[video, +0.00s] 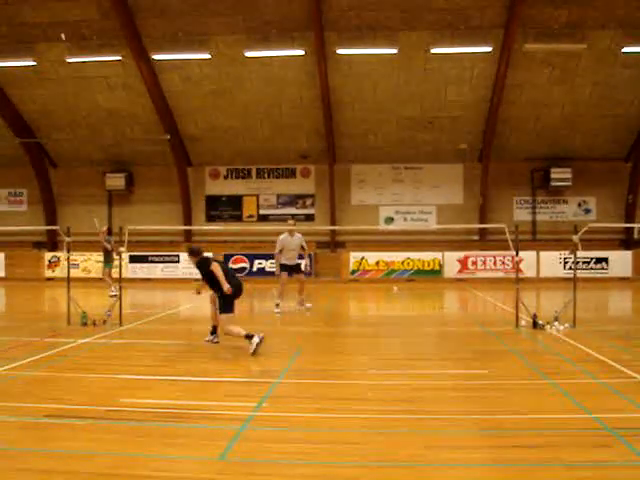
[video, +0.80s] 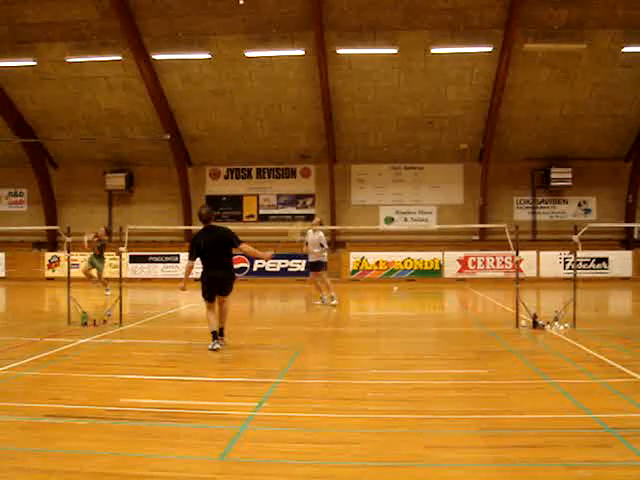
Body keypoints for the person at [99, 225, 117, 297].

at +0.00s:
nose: (102, 234)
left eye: (104, 232)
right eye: (102, 232)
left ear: (107, 232)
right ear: (103, 232)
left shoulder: (109, 239)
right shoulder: (106, 239)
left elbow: (110, 248)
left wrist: (103, 241)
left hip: (109, 260)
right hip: (107, 260)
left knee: (106, 275)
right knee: (109, 275)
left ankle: (113, 289)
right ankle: (113, 288)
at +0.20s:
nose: (104, 237)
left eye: (105, 235)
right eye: (104, 235)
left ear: (108, 237)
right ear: (111, 238)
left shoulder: (107, 244)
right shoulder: (113, 244)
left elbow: (104, 249)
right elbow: (118, 251)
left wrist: (98, 241)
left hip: (109, 264)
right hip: (113, 264)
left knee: (101, 277)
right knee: (107, 277)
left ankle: (111, 288)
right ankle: (115, 286)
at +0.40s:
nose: (103, 236)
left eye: (104, 234)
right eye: (103, 234)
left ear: (106, 235)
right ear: (110, 235)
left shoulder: (104, 242)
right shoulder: (111, 243)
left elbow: (98, 239)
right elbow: (117, 250)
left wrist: (95, 232)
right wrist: (123, 249)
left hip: (106, 262)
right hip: (111, 262)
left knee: (98, 276)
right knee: (107, 277)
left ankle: (110, 287)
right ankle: (114, 287)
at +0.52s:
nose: (103, 225)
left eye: (105, 224)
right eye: (104, 223)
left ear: (108, 227)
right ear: (106, 226)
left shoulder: (107, 235)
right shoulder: (104, 234)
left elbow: (99, 233)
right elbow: (98, 232)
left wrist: (94, 227)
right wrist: (94, 226)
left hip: (103, 255)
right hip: (100, 254)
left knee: (103, 273)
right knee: (103, 272)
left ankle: (112, 284)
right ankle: (111, 283)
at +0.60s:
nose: (103, 225)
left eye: (106, 225)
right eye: (104, 224)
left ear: (108, 227)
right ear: (105, 225)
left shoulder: (106, 234)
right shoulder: (103, 232)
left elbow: (101, 242)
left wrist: (97, 236)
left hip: (101, 254)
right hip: (97, 253)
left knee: (103, 270)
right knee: (101, 270)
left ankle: (110, 281)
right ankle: (108, 281)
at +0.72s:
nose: (103, 228)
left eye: (105, 228)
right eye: (103, 227)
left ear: (107, 231)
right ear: (102, 228)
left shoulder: (105, 239)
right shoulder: (98, 236)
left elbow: (99, 248)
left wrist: (96, 240)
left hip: (100, 255)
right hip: (94, 254)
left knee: (100, 272)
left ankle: (107, 286)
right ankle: (104, 282)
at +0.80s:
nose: (99, 233)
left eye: (102, 232)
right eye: (99, 231)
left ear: (104, 234)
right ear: (98, 233)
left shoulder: (103, 242)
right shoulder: (95, 239)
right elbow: (87, 247)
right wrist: (86, 240)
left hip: (100, 258)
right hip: (93, 256)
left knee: (99, 277)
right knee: (84, 270)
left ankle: (107, 287)